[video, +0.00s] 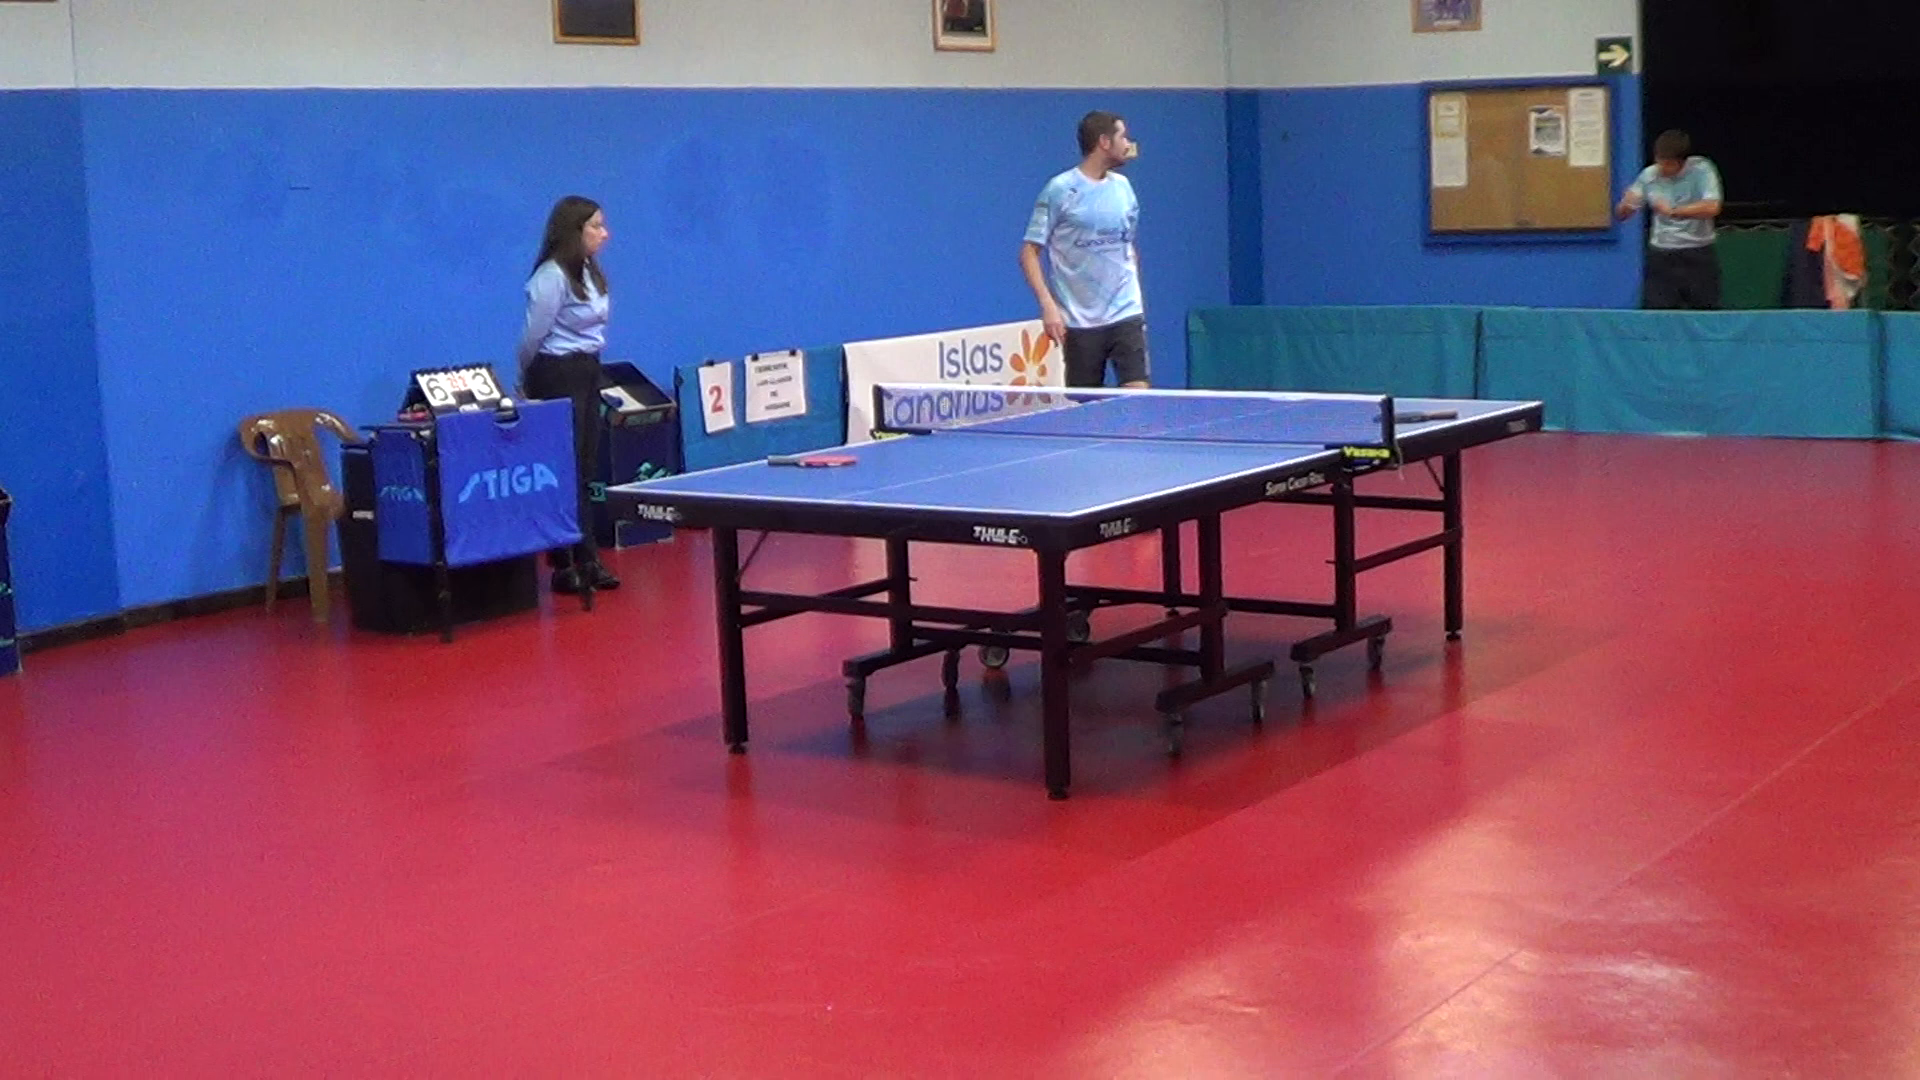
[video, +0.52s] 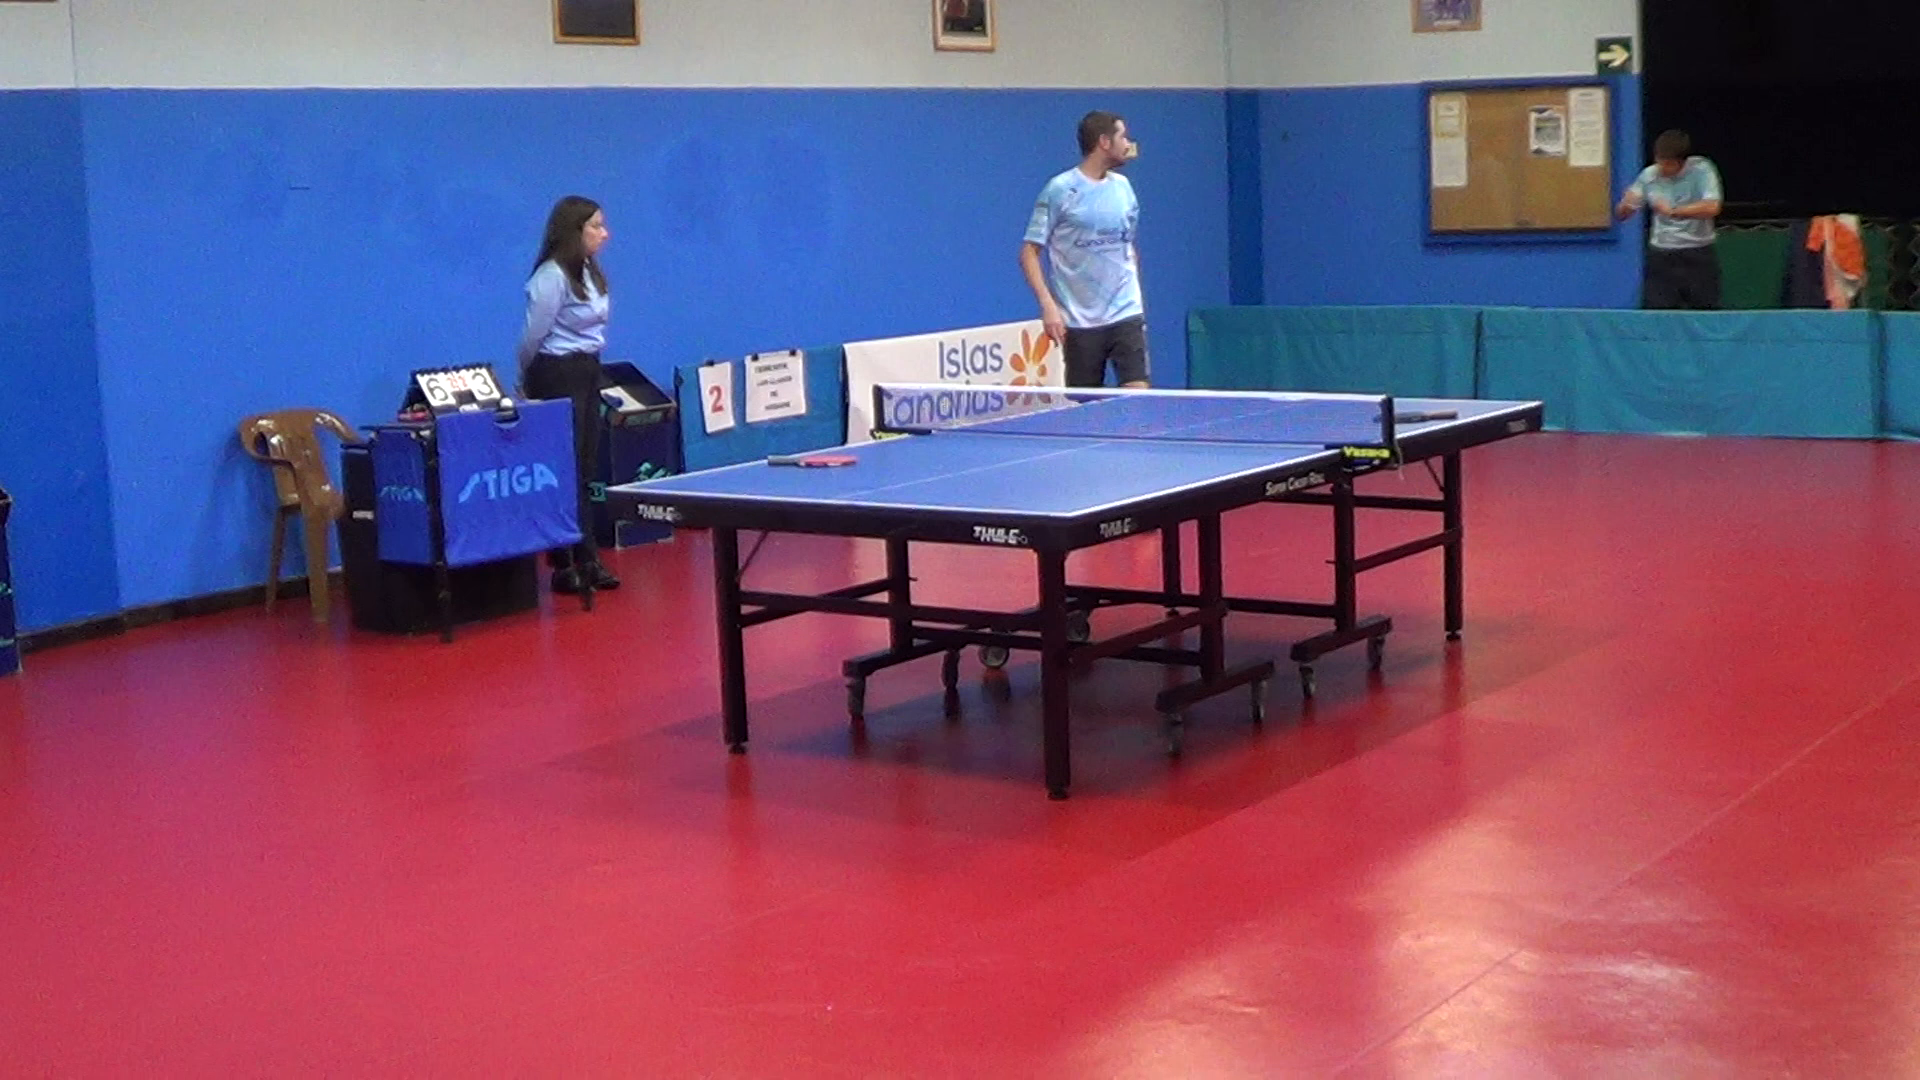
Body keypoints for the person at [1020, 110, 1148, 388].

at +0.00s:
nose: (1128, 143)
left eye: (1127, 136)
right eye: (1123, 137)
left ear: (1105, 143)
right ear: (1104, 142)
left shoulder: (1123, 186)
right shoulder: (1059, 189)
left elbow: (1129, 247)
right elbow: (1029, 253)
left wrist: (1136, 302)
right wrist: (1048, 308)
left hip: (1126, 314)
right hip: (1079, 321)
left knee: (1138, 401)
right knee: (1083, 411)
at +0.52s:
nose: (1128, 143)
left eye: (1127, 136)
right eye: (1123, 137)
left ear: (1105, 143)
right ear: (1104, 142)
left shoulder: (1123, 186)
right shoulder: (1059, 189)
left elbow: (1129, 247)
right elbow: (1029, 253)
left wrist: (1136, 302)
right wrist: (1048, 308)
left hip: (1126, 314)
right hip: (1079, 321)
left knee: (1138, 401)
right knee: (1083, 411)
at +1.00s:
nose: (1100, 159)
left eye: (1098, 151)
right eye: (1094, 150)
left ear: (1076, 154)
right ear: (1072, 153)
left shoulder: (1094, 202)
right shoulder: (1024, 198)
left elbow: (1117, 261)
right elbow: (989, 257)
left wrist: (1145, 320)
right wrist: (989, 317)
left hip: (1081, 328)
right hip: (1036, 329)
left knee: (1064, 412)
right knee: (1046, 414)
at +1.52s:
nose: (1000, 180)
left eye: (1007, 172)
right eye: (993, 172)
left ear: (1025, 166)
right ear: (986, 168)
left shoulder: (1049, 206)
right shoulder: (974, 207)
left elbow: (1073, 275)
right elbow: (953, 268)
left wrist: (1051, 329)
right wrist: (937, 331)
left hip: (1040, 347)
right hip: (988, 346)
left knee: (1044, 440)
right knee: (984, 440)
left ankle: (1052, 535)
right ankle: (972, 539)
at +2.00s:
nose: (900, 178)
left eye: (907, 169)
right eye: (896, 170)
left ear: (934, 163)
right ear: (899, 168)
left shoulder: (977, 203)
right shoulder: (896, 207)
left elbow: (1014, 264)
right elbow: (882, 271)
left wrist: (1029, 337)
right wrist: (862, 334)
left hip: (962, 346)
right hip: (914, 349)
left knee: (952, 446)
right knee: (935, 449)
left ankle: (970, 552)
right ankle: (972, 549)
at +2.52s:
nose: (790, 169)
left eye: (796, 159)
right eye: (788, 159)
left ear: (823, 155)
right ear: (814, 157)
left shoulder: (879, 205)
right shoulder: (812, 205)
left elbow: (902, 284)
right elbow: (819, 279)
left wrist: (878, 362)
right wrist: (801, 336)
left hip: (870, 367)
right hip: (818, 363)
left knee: (878, 471)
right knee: (787, 455)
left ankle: (905, 577)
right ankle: (851, 558)